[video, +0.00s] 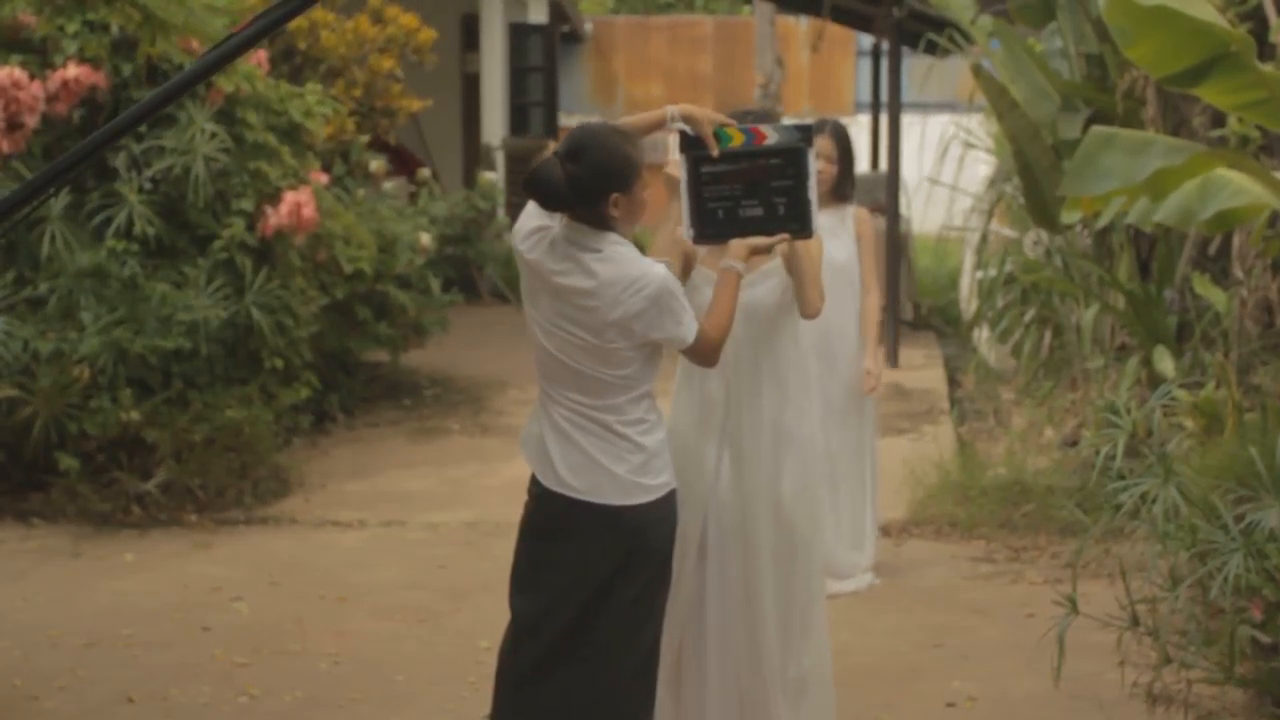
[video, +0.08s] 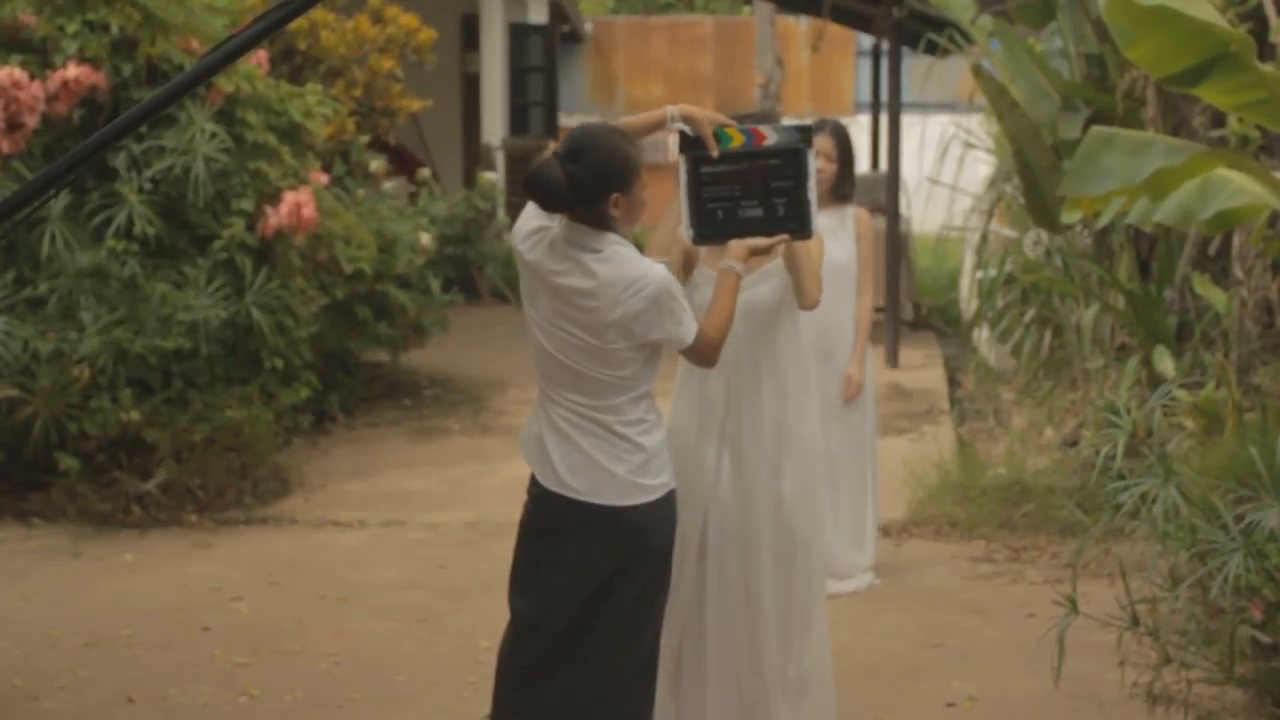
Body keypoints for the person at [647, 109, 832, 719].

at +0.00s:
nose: (754, 170)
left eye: (766, 156)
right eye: (742, 155)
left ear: (785, 165)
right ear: (718, 164)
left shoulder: (797, 230)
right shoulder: (697, 229)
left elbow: (812, 305)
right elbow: (663, 311)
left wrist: (793, 214)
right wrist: (698, 242)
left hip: (775, 427)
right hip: (703, 431)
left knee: (772, 579)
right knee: (701, 581)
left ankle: (773, 704)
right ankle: (698, 706)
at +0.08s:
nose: (757, 167)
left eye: (770, 154)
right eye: (746, 153)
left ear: (787, 163)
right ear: (724, 160)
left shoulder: (798, 226)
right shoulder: (704, 217)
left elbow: (809, 296)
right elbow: (665, 295)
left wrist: (788, 208)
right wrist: (703, 226)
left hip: (776, 417)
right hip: (706, 421)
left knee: (772, 569)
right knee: (704, 570)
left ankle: (773, 703)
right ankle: (700, 704)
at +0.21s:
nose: (755, 165)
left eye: (767, 152)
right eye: (745, 150)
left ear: (785, 159)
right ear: (725, 157)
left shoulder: (798, 222)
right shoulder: (708, 212)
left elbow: (806, 289)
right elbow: (663, 277)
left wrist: (784, 200)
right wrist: (702, 210)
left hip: (776, 412)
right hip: (706, 415)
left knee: (772, 566)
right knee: (703, 566)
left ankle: (773, 703)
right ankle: (699, 704)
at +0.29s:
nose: (757, 165)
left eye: (769, 153)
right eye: (748, 151)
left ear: (783, 161)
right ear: (727, 158)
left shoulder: (797, 222)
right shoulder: (706, 211)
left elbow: (805, 292)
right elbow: (661, 280)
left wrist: (785, 198)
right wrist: (696, 198)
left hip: (774, 415)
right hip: (705, 417)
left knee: (771, 569)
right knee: (701, 569)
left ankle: (772, 703)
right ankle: (698, 703)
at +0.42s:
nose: (753, 168)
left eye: (765, 155)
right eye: (742, 154)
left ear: (785, 162)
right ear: (722, 160)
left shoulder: (798, 226)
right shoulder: (704, 216)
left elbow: (805, 299)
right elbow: (654, 280)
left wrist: (786, 211)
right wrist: (698, 211)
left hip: (774, 420)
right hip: (704, 423)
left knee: (771, 571)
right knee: (703, 572)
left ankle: (773, 704)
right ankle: (699, 704)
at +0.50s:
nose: (749, 168)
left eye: (762, 155)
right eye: (738, 153)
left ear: (783, 162)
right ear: (720, 160)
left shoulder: (797, 227)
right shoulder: (703, 218)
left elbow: (806, 302)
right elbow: (652, 280)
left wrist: (783, 215)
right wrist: (694, 207)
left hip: (774, 422)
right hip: (705, 425)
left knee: (771, 575)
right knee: (702, 576)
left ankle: (773, 704)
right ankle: (700, 705)